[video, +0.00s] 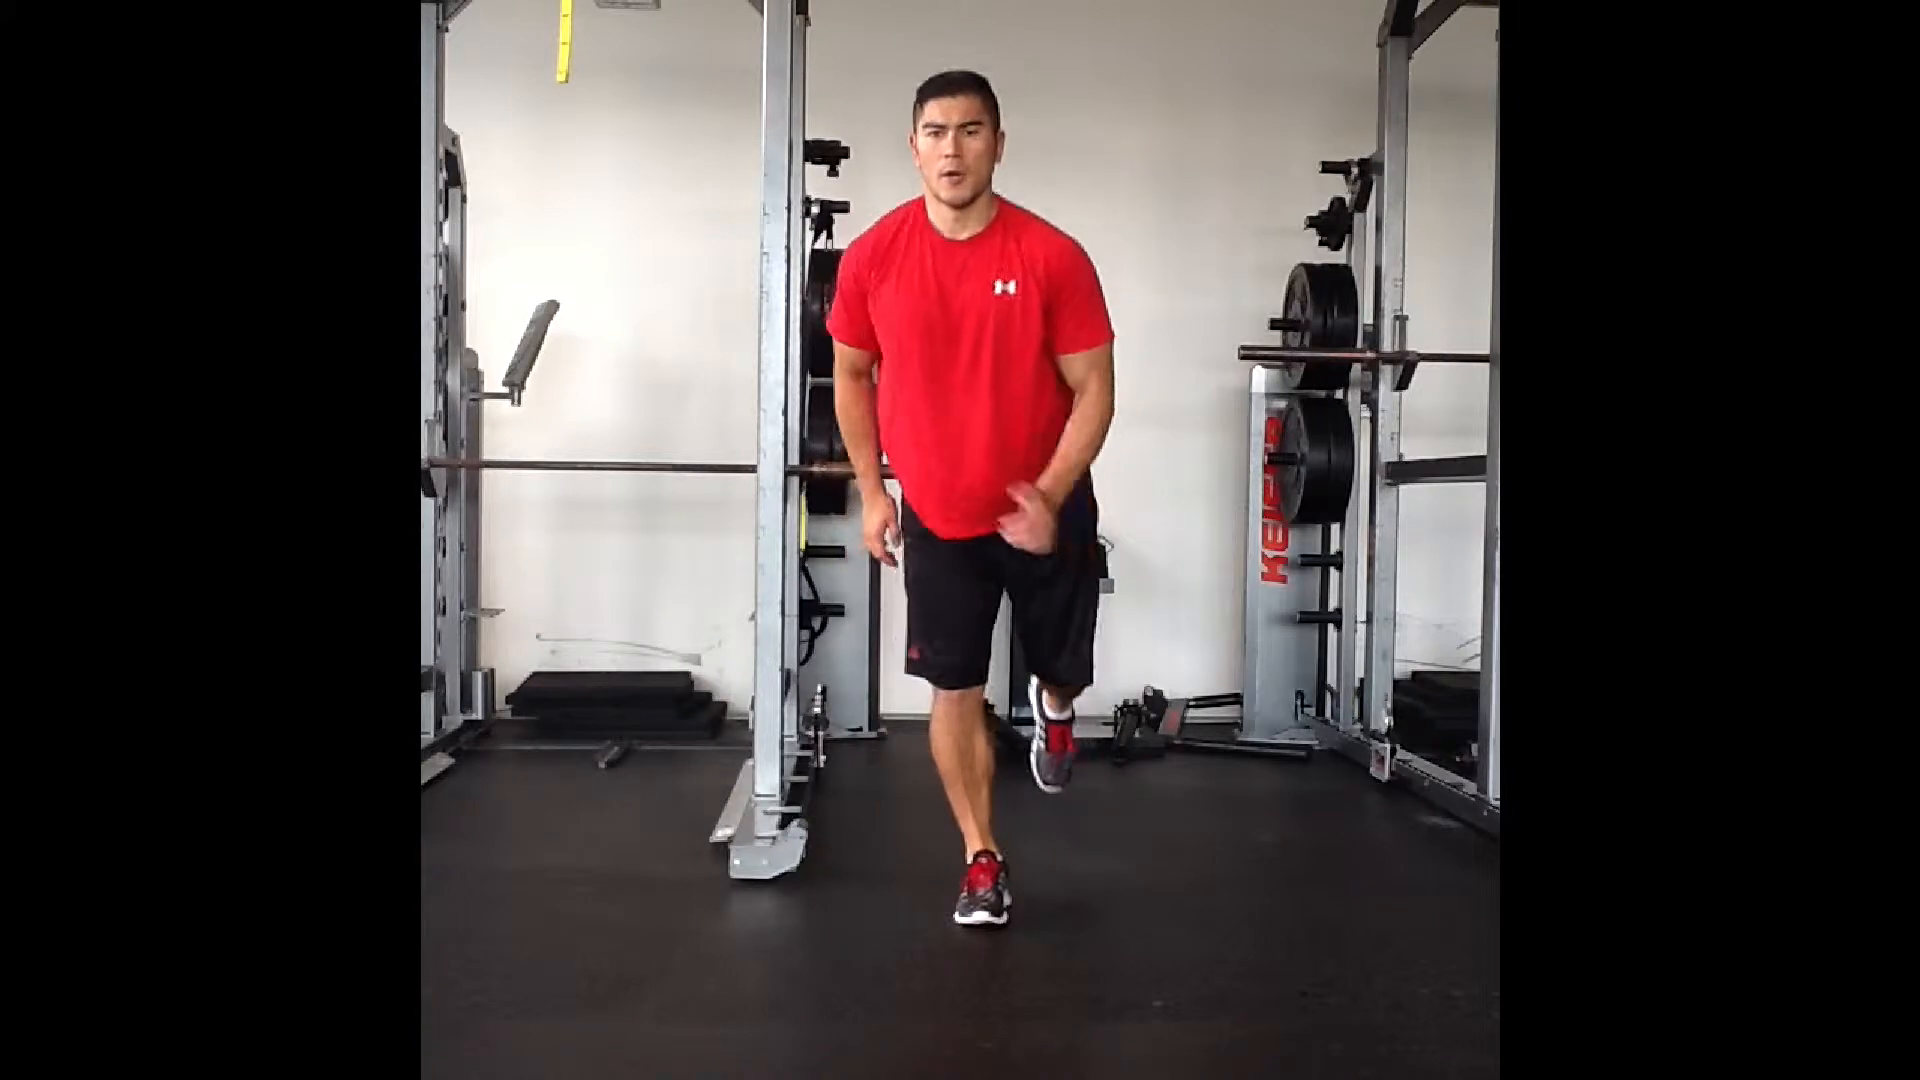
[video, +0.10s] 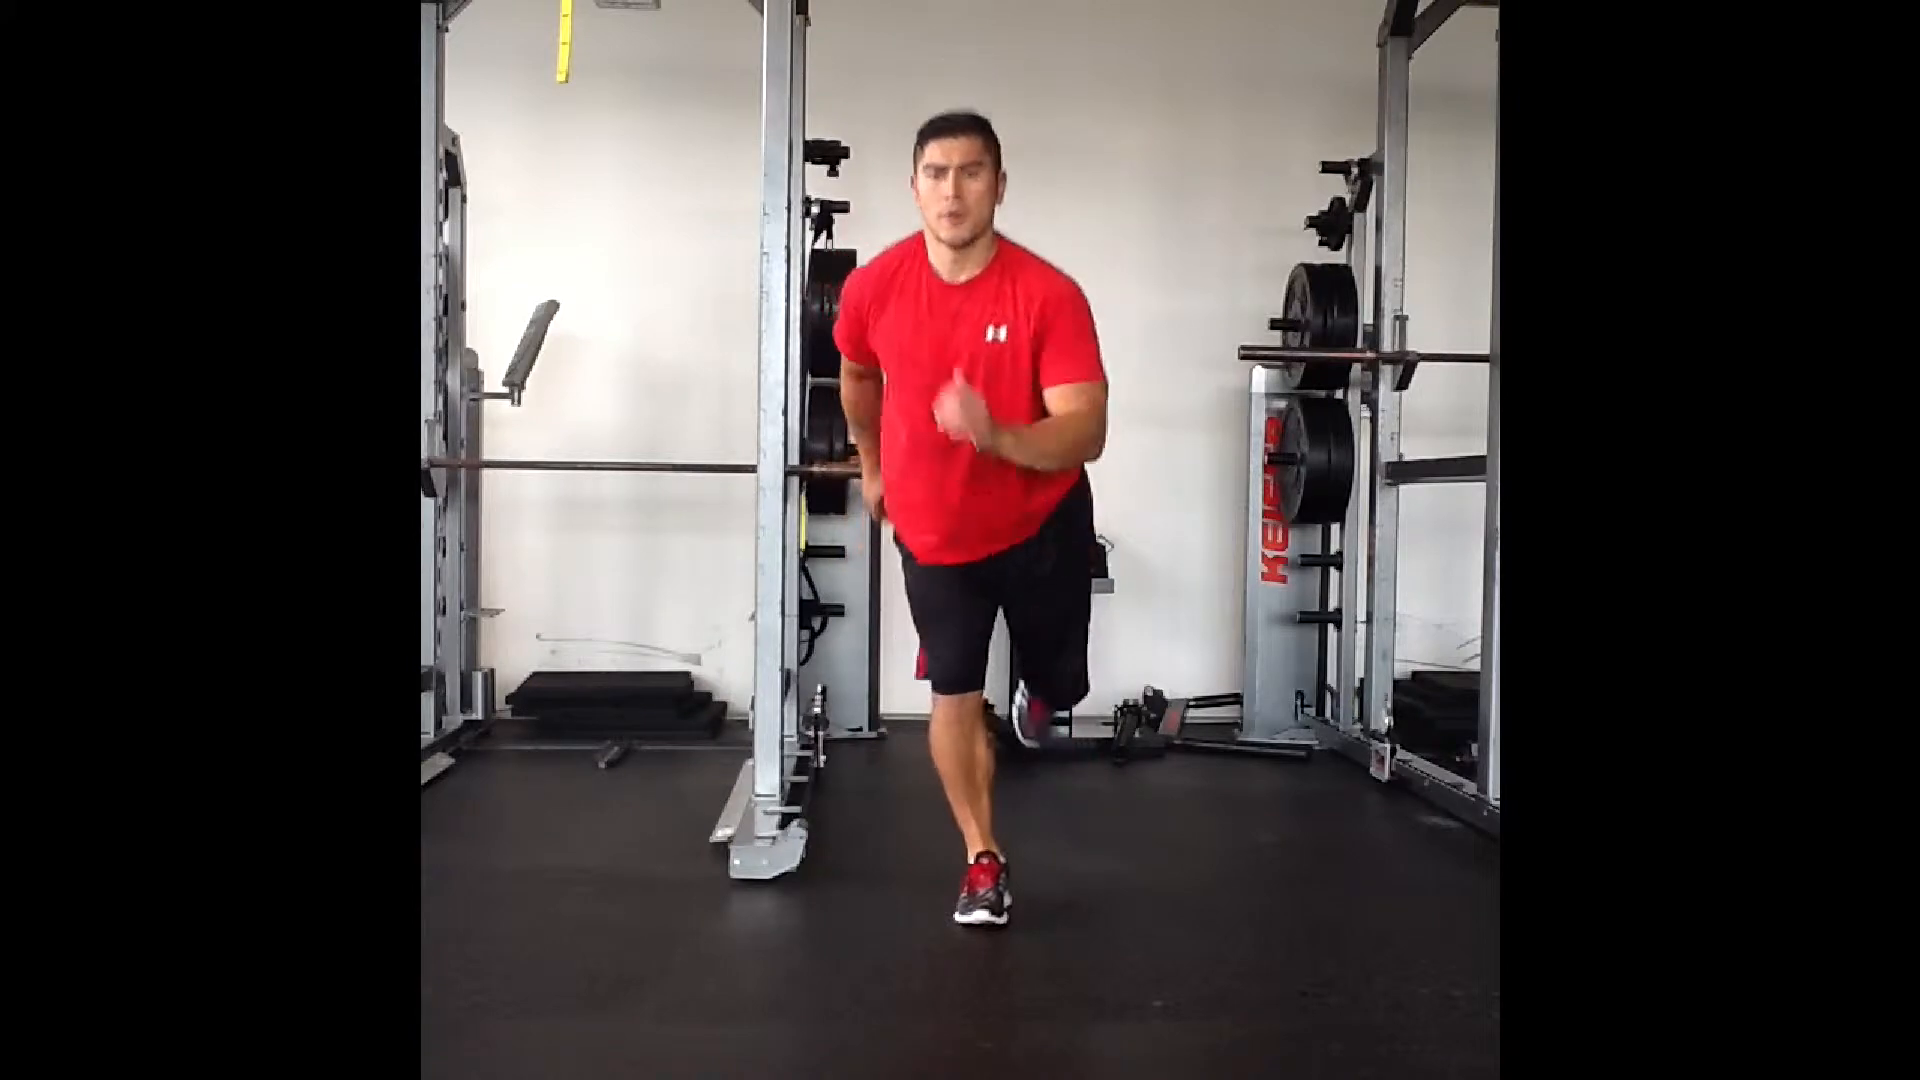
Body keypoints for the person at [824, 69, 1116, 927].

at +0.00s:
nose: (951, 147)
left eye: (969, 130)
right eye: (935, 131)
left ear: (997, 144)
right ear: (913, 146)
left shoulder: (1053, 259)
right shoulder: (870, 260)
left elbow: (1096, 390)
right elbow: (851, 374)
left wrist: (1051, 495)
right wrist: (871, 491)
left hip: (1047, 506)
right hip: (939, 514)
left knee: (1061, 662)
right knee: (953, 684)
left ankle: (1056, 718)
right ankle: (980, 858)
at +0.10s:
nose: (952, 189)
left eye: (970, 173)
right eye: (936, 173)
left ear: (999, 188)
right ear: (914, 188)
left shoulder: (1050, 297)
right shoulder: (872, 290)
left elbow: (1086, 433)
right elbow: (858, 375)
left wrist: (999, 436)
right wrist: (871, 463)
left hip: (1042, 525)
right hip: (936, 536)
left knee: (1055, 671)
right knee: (956, 686)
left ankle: (1040, 698)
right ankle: (982, 859)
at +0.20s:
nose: (951, 243)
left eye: (968, 227)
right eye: (934, 228)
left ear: (997, 240)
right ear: (914, 242)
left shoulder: (1041, 339)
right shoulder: (875, 329)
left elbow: (1054, 454)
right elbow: (893, 412)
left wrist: (960, 361)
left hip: (1043, 553)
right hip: (941, 555)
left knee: (1031, 695)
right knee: (959, 692)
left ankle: (994, 728)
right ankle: (982, 859)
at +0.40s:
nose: (941, 296)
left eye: (959, 277)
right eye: (924, 277)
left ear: (990, 287)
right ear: (902, 288)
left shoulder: (1036, 374)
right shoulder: (871, 368)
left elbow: (1053, 510)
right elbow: (906, 436)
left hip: (1044, 575)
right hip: (944, 574)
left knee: (1015, 710)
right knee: (963, 711)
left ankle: (1001, 717)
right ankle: (985, 862)